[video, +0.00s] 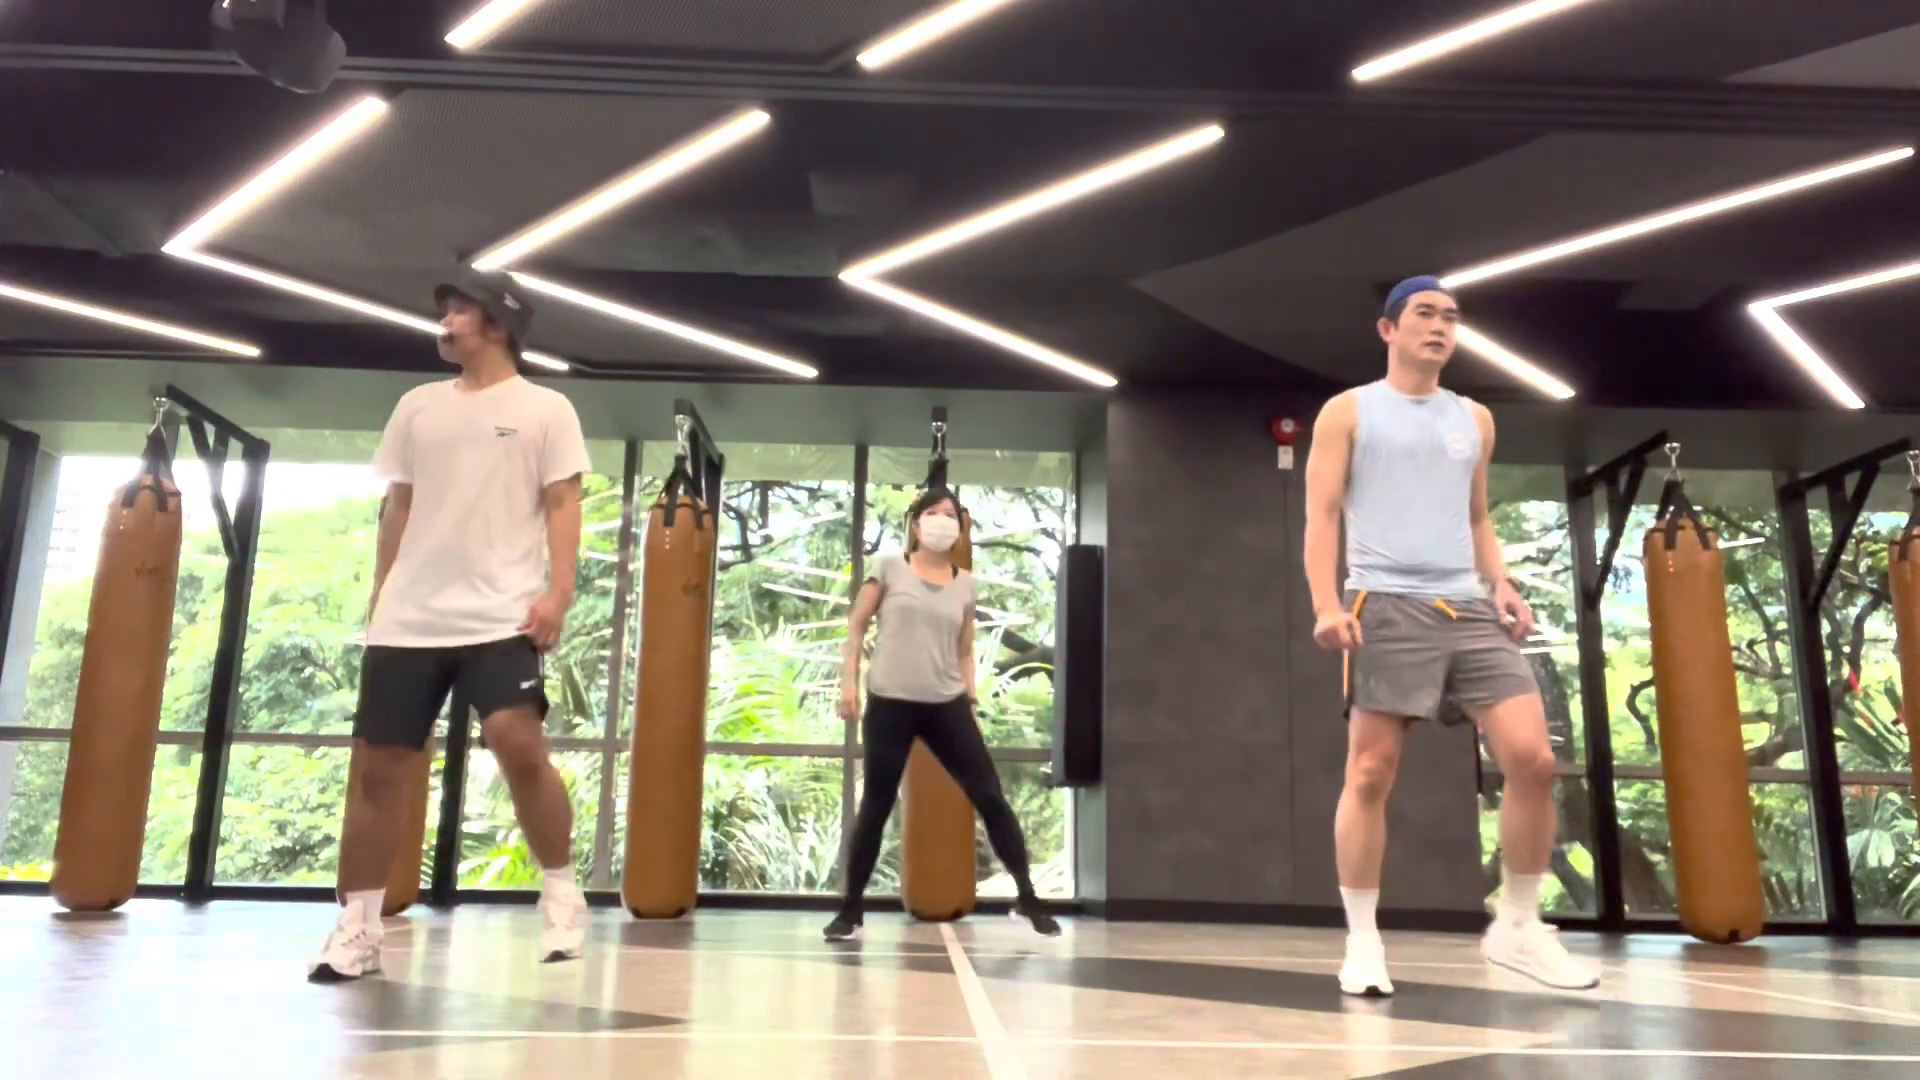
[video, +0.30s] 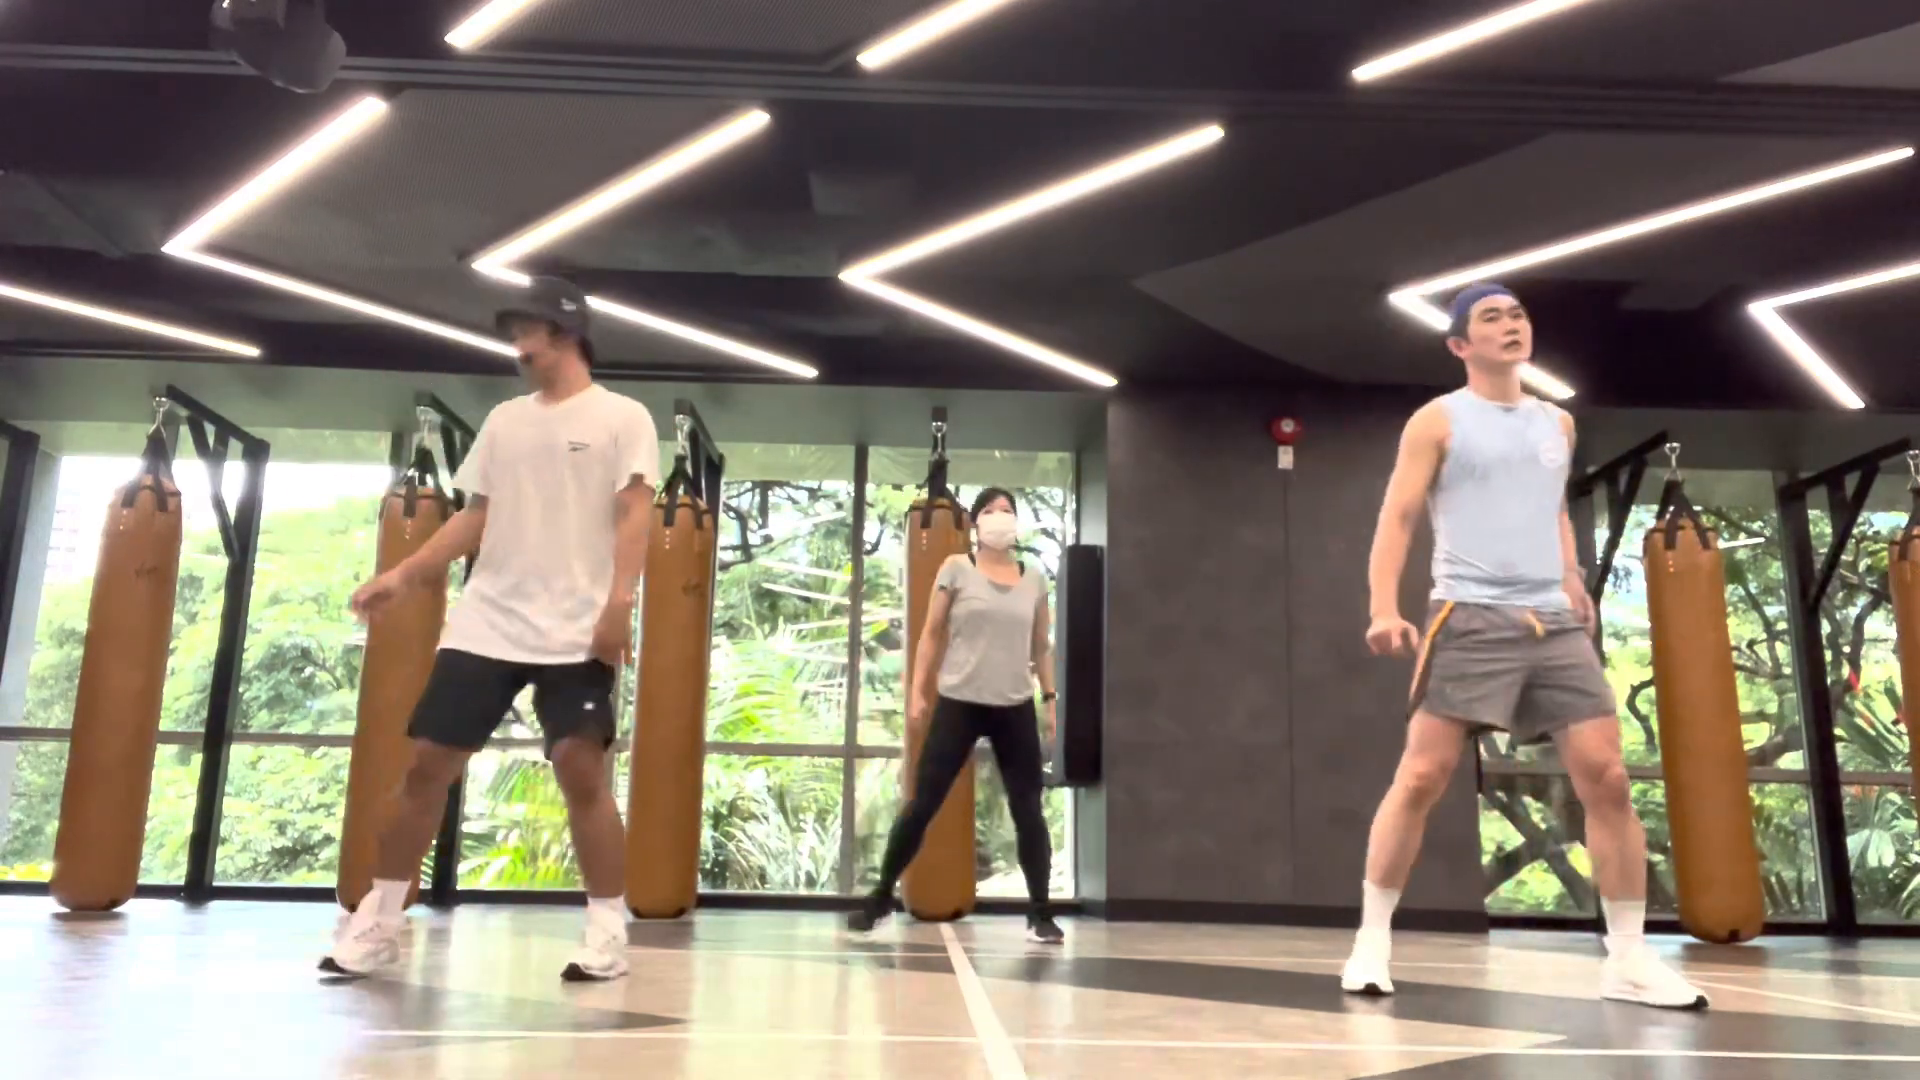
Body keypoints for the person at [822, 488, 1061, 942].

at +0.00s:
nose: (941, 521)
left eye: (950, 515)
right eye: (931, 514)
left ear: (960, 530)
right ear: (915, 526)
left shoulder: (964, 584)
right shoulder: (891, 566)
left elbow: (965, 648)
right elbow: (856, 623)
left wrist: (968, 698)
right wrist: (848, 683)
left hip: (946, 703)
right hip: (889, 703)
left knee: (990, 799)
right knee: (874, 807)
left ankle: (1027, 896)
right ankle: (850, 909)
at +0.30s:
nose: (1001, 518)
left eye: (1008, 512)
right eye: (992, 512)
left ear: (1019, 526)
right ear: (976, 526)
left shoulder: (1033, 580)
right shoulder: (957, 567)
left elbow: (1041, 647)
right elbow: (932, 633)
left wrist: (1049, 698)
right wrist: (918, 691)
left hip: (1014, 708)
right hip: (958, 703)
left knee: (1029, 811)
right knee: (924, 803)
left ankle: (1040, 913)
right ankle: (881, 896)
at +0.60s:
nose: (1015, 525)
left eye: (1023, 520)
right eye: (1005, 519)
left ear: (1033, 533)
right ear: (991, 532)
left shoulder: (1047, 586)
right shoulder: (967, 578)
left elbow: (1069, 651)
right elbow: (947, 643)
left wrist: (1090, 707)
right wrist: (943, 701)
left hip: (1034, 707)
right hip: (978, 708)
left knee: (1037, 810)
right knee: (983, 810)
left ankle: (1041, 911)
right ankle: (993, 899)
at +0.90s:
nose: (983, 520)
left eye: (991, 514)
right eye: (973, 515)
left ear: (1003, 528)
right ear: (959, 530)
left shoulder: (1022, 573)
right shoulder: (942, 579)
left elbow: (1036, 634)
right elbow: (931, 646)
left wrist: (1034, 684)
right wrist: (924, 705)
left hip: (1007, 707)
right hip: (949, 704)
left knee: (1021, 810)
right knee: (903, 798)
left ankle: (1040, 913)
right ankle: (874, 892)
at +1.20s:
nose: (915, 525)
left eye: (924, 520)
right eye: (907, 518)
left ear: (934, 536)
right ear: (890, 530)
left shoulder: (943, 586)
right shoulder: (862, 583)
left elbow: (959, 650)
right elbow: (847, 648)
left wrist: (976, 700)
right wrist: (836, 703)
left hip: (923, 713)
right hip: (864, 712)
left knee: (967, 808)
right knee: (837, 814)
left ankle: (1020, 898)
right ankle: (822, 908)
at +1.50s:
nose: (889, 523)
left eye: (898, 517)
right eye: (880, 515)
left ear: (906, 531)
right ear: (862, 525)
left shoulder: (915, 583)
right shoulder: (835, 570)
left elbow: (918, 649)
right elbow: (803, 630)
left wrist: (916, 703)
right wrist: (776, 686)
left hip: (891, 702)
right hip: (836, 699)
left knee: (868, 795)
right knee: (825, 808)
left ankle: (863, 900)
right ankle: (820, 906)